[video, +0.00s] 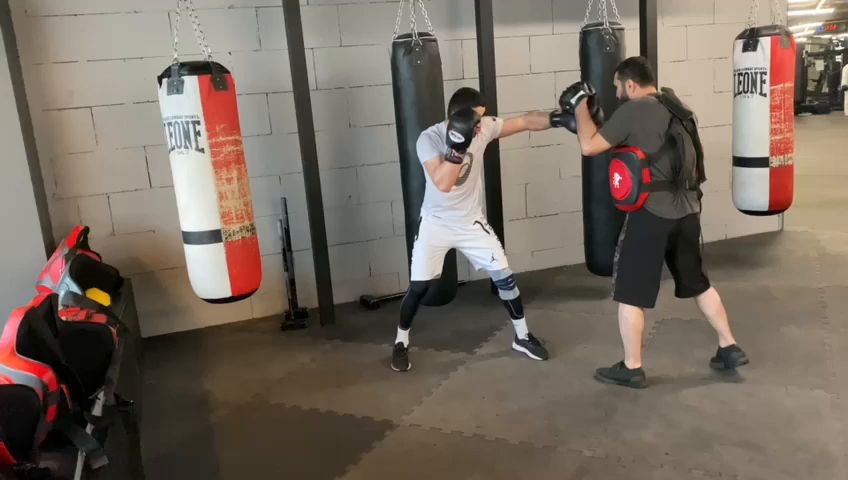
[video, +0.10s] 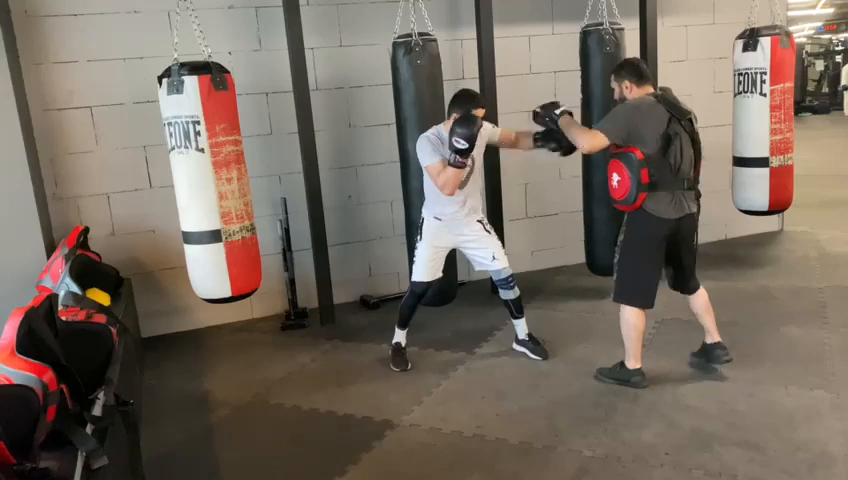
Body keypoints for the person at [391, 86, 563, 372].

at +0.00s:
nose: (484, 118)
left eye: (484, 114)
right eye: (480, 114)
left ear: (478, 117)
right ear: (462, 115)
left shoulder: (484, 129)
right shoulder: (429, 139)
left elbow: (524, 122)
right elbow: (443, 183)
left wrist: (559, 119)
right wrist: (458, 146)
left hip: (472, 222)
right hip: (435, 224)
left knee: (503, 275)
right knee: (419, 285)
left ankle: (523, 336)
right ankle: (400, 342)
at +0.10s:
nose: (482, 120)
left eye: (482, 117)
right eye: (479, 116)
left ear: (473, 117)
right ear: (460, 116)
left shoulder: (480, 131)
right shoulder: (428, 142)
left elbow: (514, 139)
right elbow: (447, 187)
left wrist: (546, 138)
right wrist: (461, 152)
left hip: (472, 221)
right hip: (436, 225)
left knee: (503, 274)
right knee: (420, 285)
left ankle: (523, 336)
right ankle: (398, 342)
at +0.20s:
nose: (472, 122)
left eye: (475, 117)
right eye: (468, 116)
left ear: (472, 117)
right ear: (448, 114)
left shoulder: (469, 133)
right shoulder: (422, 142)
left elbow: (487, 161)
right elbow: (441, 189)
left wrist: (510, 152)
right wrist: (456, 155)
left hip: (468, 223)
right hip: (433, 226)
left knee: (500, 275)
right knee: (419, 290)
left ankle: (522, 336)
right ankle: (398, 342)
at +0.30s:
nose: (462, 123)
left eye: (464, 118)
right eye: (457, 117)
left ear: (450, 118)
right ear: (439, 116)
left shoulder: (452, 139)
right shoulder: (413, 147)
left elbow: (467, 171)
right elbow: (438, 191)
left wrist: (482, 153)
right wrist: (452, 156)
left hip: (458, 225)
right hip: (424, 230)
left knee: (493, 276)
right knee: (416, 292)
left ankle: (521, 336)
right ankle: (397, 344)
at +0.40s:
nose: (456, 116)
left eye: (459, 112)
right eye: (452, 111)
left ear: (447, 112)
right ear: (434, 110)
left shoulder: (445, 135)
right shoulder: (408, 142)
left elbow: (459, 167)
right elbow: (431, 187)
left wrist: (475, 143)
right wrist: (448, 148)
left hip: (451, 224)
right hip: (419, 227)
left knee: (485, 276)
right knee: (411, 290)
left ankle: (511, 336)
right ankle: (397, 344)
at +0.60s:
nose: (460, 111)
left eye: (463, 106)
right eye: (457, 104)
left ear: (453, 104)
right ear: (439, 100)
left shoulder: (448, 128)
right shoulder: (413, 129)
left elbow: (472, 164)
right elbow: (435, 173)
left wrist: (479, 130)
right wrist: (454, 136)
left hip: (449, 219)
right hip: (418, 220)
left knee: (472, 276)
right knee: (407, 285)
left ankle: (495, 338)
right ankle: (396, 343)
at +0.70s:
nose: (464, 114)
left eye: (468, 109)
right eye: (462, 107)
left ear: (457, 108)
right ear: (444, 102)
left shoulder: (451, 132)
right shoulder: (416, 131)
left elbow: (484, 162)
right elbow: (438, 175)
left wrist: (484, 125)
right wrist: (458, 138)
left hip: (449, 221)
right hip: (418, 221)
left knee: (471, 279)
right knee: (410, 288)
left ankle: (495, 338)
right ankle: (396, 344)